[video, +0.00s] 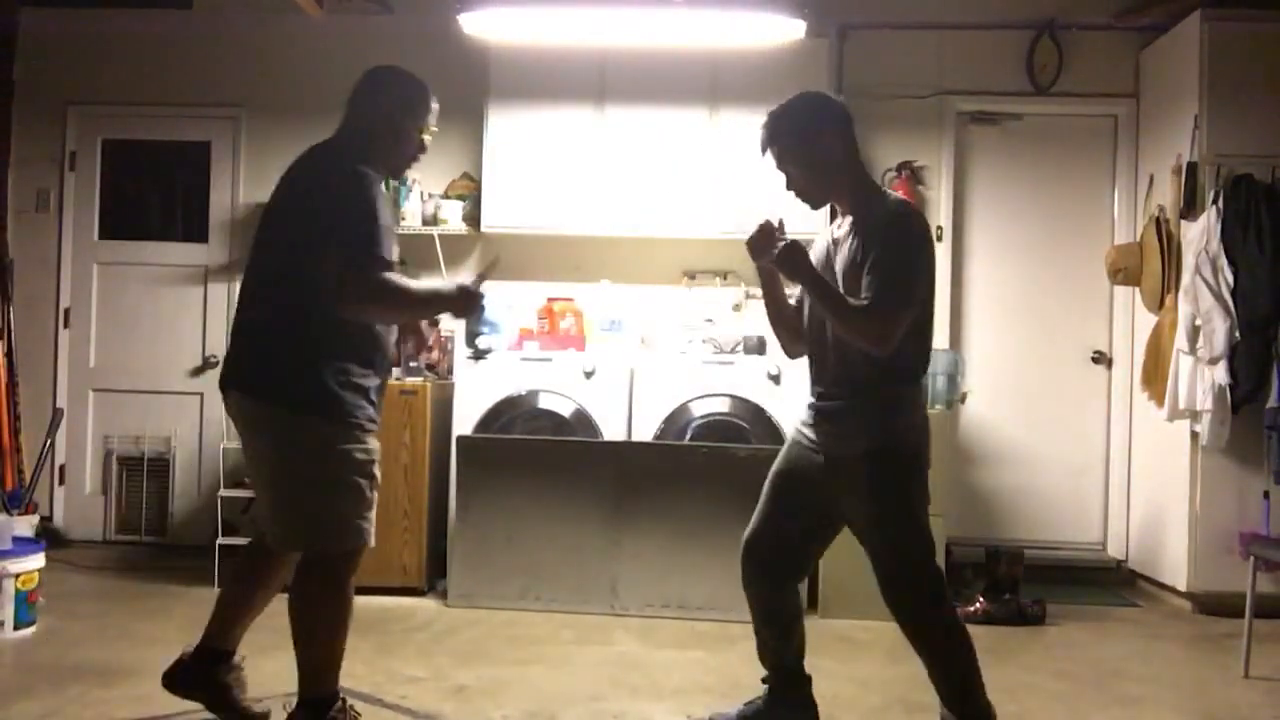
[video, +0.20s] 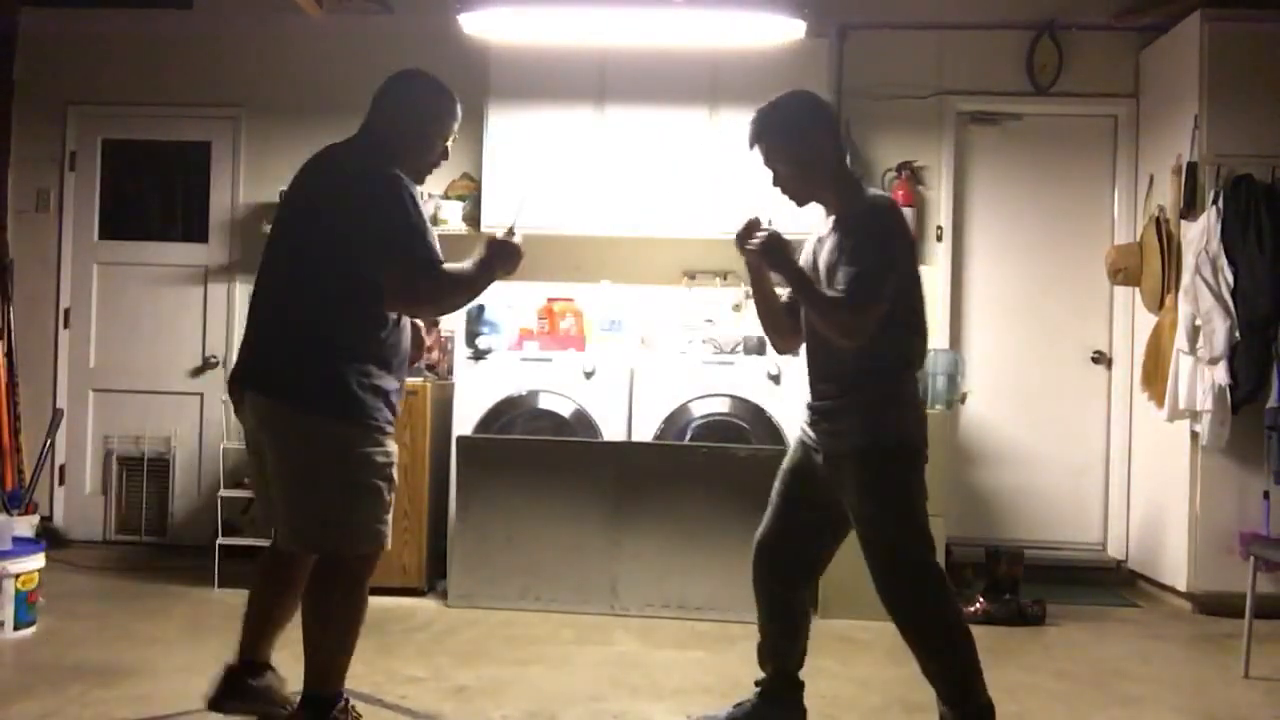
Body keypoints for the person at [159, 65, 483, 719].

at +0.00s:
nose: (424, 146)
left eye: (428, 133)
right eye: (419, 129)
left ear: (364, 117)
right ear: (379, 116)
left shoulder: (316, 169)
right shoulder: (355, 181)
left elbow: (324, 290)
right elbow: (357, 288)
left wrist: (396, 325)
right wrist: (449, 297)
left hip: (267, 384)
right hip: (315, 395)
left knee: (282, 526)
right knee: (336, 544)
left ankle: (209, 660)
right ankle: (319, 704)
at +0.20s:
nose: (446, 152)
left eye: (450, 138)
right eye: (443, 134)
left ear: (380, 117)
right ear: (408, 123)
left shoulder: (322, 169)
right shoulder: (382, 186)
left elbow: (330, 296)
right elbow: (424, 293)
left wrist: (406, 339)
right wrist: (487, 269)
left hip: (270, 383)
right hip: (336, 398)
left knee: (293, 537)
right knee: (353, 548)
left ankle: (247, 671)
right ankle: (323, 704)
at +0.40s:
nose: (442, 148)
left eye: (444, 134)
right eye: (438, 131)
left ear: (376, 116)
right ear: (402, 121)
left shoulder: (320, 174)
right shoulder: (378, 186)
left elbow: (337, 292)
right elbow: (421, 288)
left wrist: (413, 327)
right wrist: (490, 262)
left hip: (274, 385)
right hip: (343, 393)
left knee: (281, 541)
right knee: (394, 533)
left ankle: (243, 690)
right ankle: (330, 697)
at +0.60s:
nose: (467, 163)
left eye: (470, 151)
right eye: (465, 149)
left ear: (403, 130)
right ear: (440, 141)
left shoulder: (335, 180)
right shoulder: (426, 208)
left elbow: (342, 275)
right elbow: (513, 276)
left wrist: (418, 309)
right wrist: (595, 309)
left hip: (280, 389)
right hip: (358, 402)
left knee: (276, 545)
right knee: (415, 548)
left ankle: (241, 692)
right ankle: (441, 701)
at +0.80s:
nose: (522, 177)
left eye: (524, 164)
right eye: (522, 163)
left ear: (460, 142)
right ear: (504, 155)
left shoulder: (374, 189)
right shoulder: (506, 219)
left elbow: (330, 262)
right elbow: (604, 272)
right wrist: (686, 298)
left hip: (311, 400)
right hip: (410, 409)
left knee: (303, 553)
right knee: (461, 564)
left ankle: (258, 687)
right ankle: (472, 710)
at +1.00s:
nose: (540, 178)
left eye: (544, 167)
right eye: (542, 166)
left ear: (478, 139)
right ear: (529, 157)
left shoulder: (396, 183)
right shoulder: (525, 220)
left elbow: (352, 264)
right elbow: (602, 314)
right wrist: (603, 367)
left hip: (333, 393)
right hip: (430, 404)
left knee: (345, 550)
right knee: (484, 557)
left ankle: (305, 694)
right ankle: (474, 711)